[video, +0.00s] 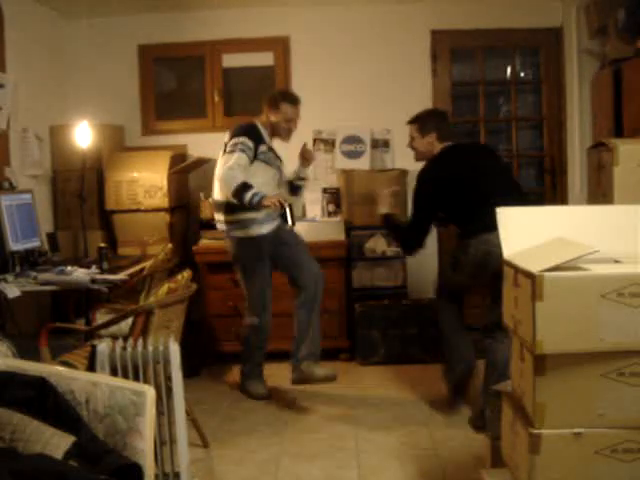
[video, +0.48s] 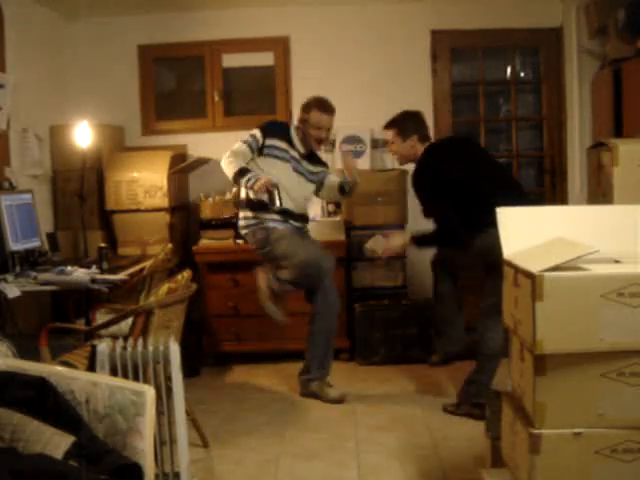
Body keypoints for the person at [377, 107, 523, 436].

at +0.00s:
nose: (411, 147)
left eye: (414, 140)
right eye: (410, 140)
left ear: (432, 138)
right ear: (438, 137)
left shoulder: (431, 175)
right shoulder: (483, 153)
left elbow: (412, 240)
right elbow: (514, 194)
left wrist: (389, 222)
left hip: (476, 244)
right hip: (516, 238)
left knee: (449, 304)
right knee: (501, 324)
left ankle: (461, 373)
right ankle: (494, 405)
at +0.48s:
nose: (391, 150)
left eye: (393, 143)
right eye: (389, 144)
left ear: (413, 140)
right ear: (419, 138)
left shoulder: (424, 174)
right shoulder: (461, 145)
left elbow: (453, 232)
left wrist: (411, 241)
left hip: (487, 236)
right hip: (520, 223)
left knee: (443, 263)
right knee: (495, 313)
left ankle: (451, 341)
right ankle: (478, 395)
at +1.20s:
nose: (406, 145)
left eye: (413, 139)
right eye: (404, 139)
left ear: (434, 139)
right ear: (403, 140)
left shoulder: (462, 173)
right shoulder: (421, 170)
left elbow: (478, 238)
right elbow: (430, 198)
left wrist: (459, 289)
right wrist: (397, 214)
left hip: (495, 235)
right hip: (461, 231)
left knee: (476, 307)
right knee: (416, 252)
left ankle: (474, 387)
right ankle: (431, 328)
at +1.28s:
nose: (410, 143)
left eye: (417, 136)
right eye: (407, 136)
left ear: (438, 138)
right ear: (406, 138)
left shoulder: (466, 171)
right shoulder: (420, 168)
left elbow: (478, 235)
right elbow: (423, 197)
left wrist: (460, 290)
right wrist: (395, 215)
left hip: (501, 227)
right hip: (464, 224)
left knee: (479, 303)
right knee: (422, 240)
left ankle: (474, 385)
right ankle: (429, 322)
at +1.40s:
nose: (427, 139)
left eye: (435, 133)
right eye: (424, 133)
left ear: (453, 136)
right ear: (421, 136)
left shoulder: (479, 172)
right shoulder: (425, 165)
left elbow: (485, 239)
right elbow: (420, 199)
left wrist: (467, 295)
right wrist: (394, 217)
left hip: (490, 247)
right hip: (458, 244)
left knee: (488, 316)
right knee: (433, 298)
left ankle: (497, 388)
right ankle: (429, 377)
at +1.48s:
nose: (431, 139)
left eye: (439, 132)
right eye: (428, 132)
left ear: (457, 134)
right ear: (425, 135)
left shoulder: (482, 173)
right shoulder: (426, 164)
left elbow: (488, 241)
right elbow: (419, 200)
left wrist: (471, 294)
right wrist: (392, 218)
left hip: (489, 251)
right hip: (457, 248)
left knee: (490, 320)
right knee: (436, 312)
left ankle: (496, 390)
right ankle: (432, 393)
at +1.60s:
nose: (435, 125)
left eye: (442, 119)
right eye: (431, 119)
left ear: (459, 121)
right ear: (427, 122)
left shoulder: (484, 158)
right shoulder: (422, 156)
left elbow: (503, 214)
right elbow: (408, 195)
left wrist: (494, 264)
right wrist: (392, 214)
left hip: (488, 242)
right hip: (451, 241)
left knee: (491, 313)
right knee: (441, 303)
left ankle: (493, 386)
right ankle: (458, 378)